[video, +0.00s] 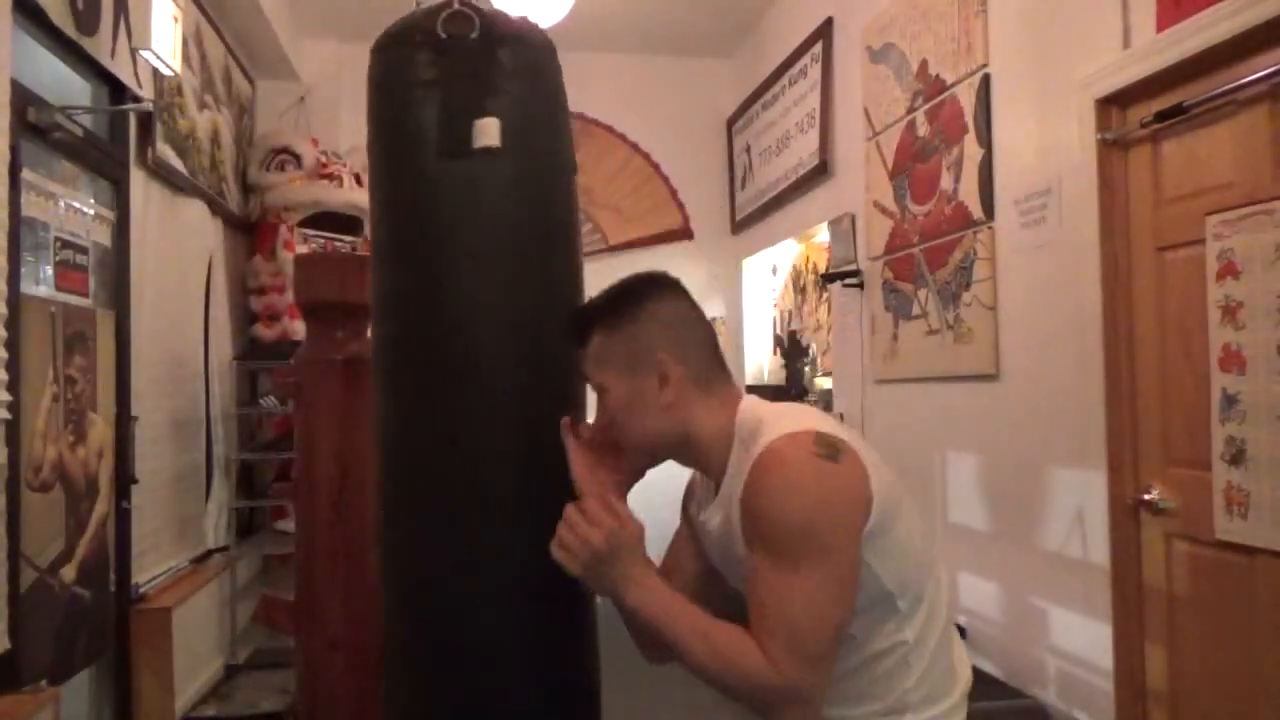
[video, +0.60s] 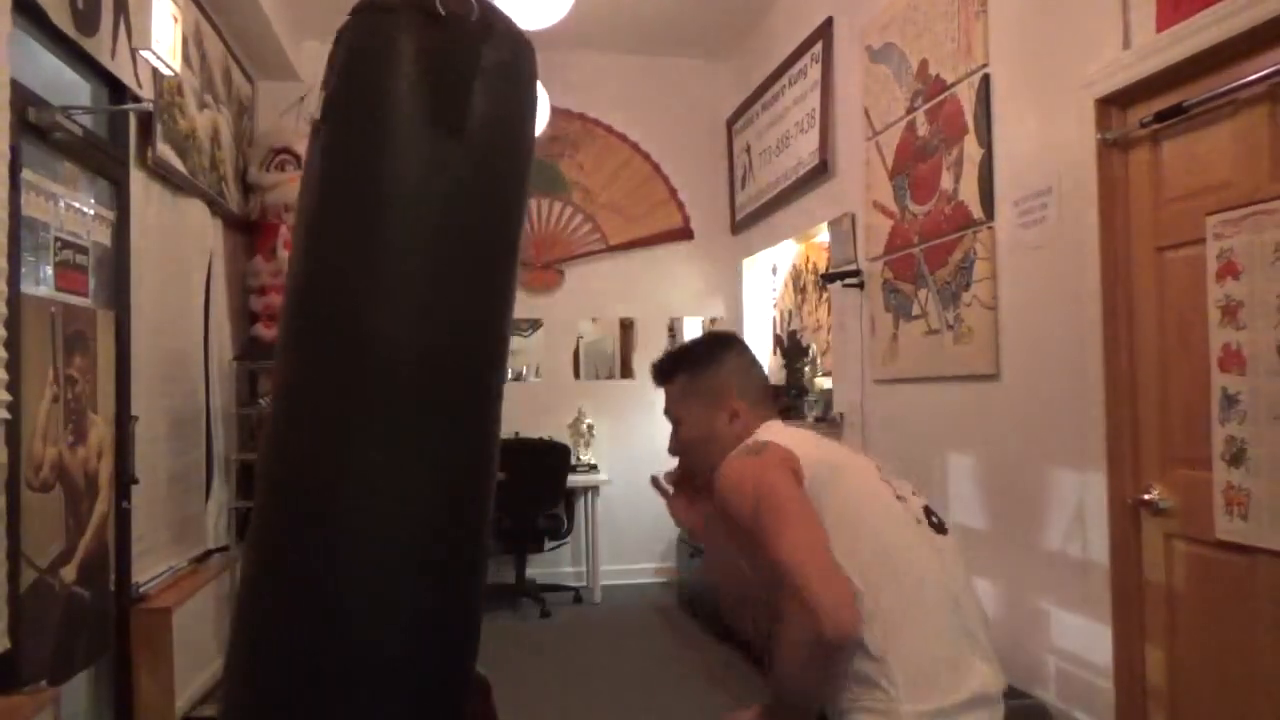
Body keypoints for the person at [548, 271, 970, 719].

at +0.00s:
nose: (597, 423)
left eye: (603, 393)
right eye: (595, 396)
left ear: (664, 380)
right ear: (662, 381)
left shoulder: (797, 470)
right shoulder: (714, 478)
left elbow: (792, 690)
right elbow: (660, 638)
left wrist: (631, 578)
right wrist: (606, 504)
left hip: (900, 708)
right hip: (824, 700)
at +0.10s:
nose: (607, 401)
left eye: (609, 380)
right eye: (603, 383)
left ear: (662, 369)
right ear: (665, 369)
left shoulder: (763, 449)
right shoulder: (749, 436)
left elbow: (785, 669)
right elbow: (689, 601)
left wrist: (630, 583)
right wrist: (625, 478)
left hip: (897, 707)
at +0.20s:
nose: (628, 379)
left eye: (632, 357)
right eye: (625, 361)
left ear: (683, 341)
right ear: (691, 338)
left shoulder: (736, 406)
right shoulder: (787, 387)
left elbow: (774, 604)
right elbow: (718, 569)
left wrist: (649, 586)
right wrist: (658, 446)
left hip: (881, 705)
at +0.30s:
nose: (663, 371)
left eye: (664, 351)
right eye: (660, 354)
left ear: (711, 339)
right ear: (757, 334)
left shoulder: (726, 396)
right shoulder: (827, 385)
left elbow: (762, 560)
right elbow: (733, 524)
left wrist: (680, 597)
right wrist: (691, 443)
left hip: (873, 701)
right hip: (961, 682)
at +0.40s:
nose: (682, 396)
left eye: (681, 375)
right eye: (677, 378)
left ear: (728, 362)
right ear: (773, 355)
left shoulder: (731, 414)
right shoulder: (841, 405)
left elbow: (766, 559)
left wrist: (709, 637)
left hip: (878, 702)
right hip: (972, 684)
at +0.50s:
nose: (683, 428)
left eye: (687, 404)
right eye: (682, 406)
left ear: (736, 393)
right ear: (759, 389)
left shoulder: (738, 444)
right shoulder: (842, 431)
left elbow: (789, 598)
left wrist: (745, 696)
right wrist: (720, 509)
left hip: (883, 707)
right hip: (977, 698)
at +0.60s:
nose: (671, 444)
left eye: (677, 422)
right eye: (670, 424)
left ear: (734, 416)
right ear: (745, 416)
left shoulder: (750, 464)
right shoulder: (823, 452)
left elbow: (829, 618)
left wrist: (781, 711)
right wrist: (709, 529)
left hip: (902, 707)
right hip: (973, 698)